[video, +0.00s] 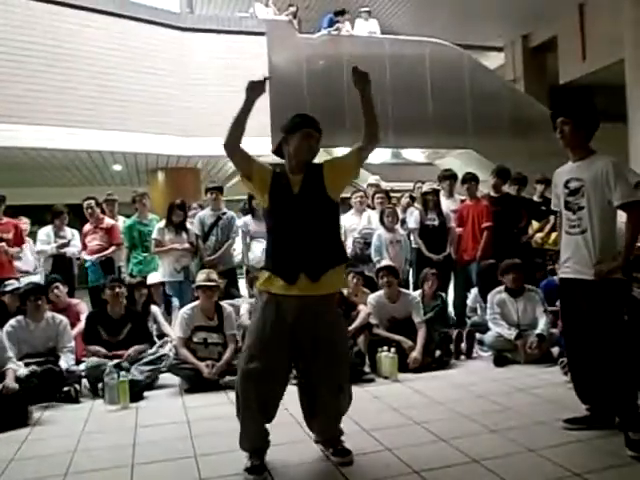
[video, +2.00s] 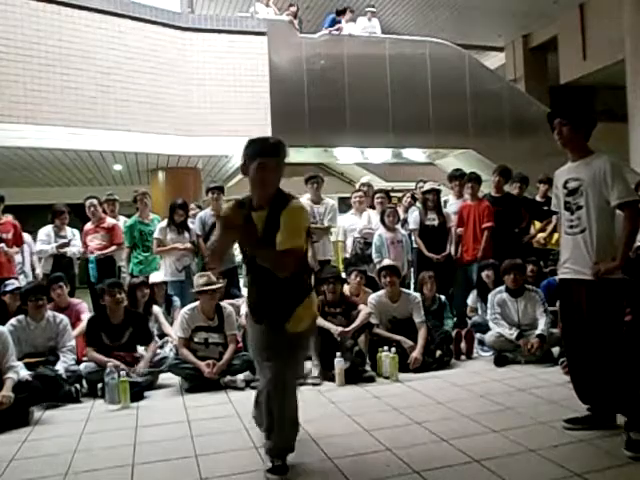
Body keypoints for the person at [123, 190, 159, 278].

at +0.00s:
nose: (144, 203)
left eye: (145, 199)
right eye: (140, 200)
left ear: (149, 202)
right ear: (135, 205)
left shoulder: (156, 220)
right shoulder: (129, 224)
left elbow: (160, 243)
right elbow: (127, 247)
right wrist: (124, 268)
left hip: (154, 266)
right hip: (136, 267)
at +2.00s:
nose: (144, 203)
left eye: (146, 199)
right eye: (140, 200)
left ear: (150, 202)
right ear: (136, 204)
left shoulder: (157, 220)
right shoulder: (130, 224)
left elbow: (160, 243)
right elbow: (127, 247)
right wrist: (125, 269)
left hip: (155, 266)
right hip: (138, 267)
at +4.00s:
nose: (147, 204)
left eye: (149, 201)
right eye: (143, 202)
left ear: (153, 204)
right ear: (139, 206)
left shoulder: (160, 222)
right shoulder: (133, 227)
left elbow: (165, 245)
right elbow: (130, 249)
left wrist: (168, 267)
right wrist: (129, 271)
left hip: (159, 268)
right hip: (141, 269)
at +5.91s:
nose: (149, 204)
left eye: (151, 200)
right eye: (145, 202)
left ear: (155, 203)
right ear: (141, 206)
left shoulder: (162, 222)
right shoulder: (135, 226)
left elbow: (165, 244)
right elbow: (132, 249)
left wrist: (168, 266)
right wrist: (129, 269)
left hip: (159, 268)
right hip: (142, 269)